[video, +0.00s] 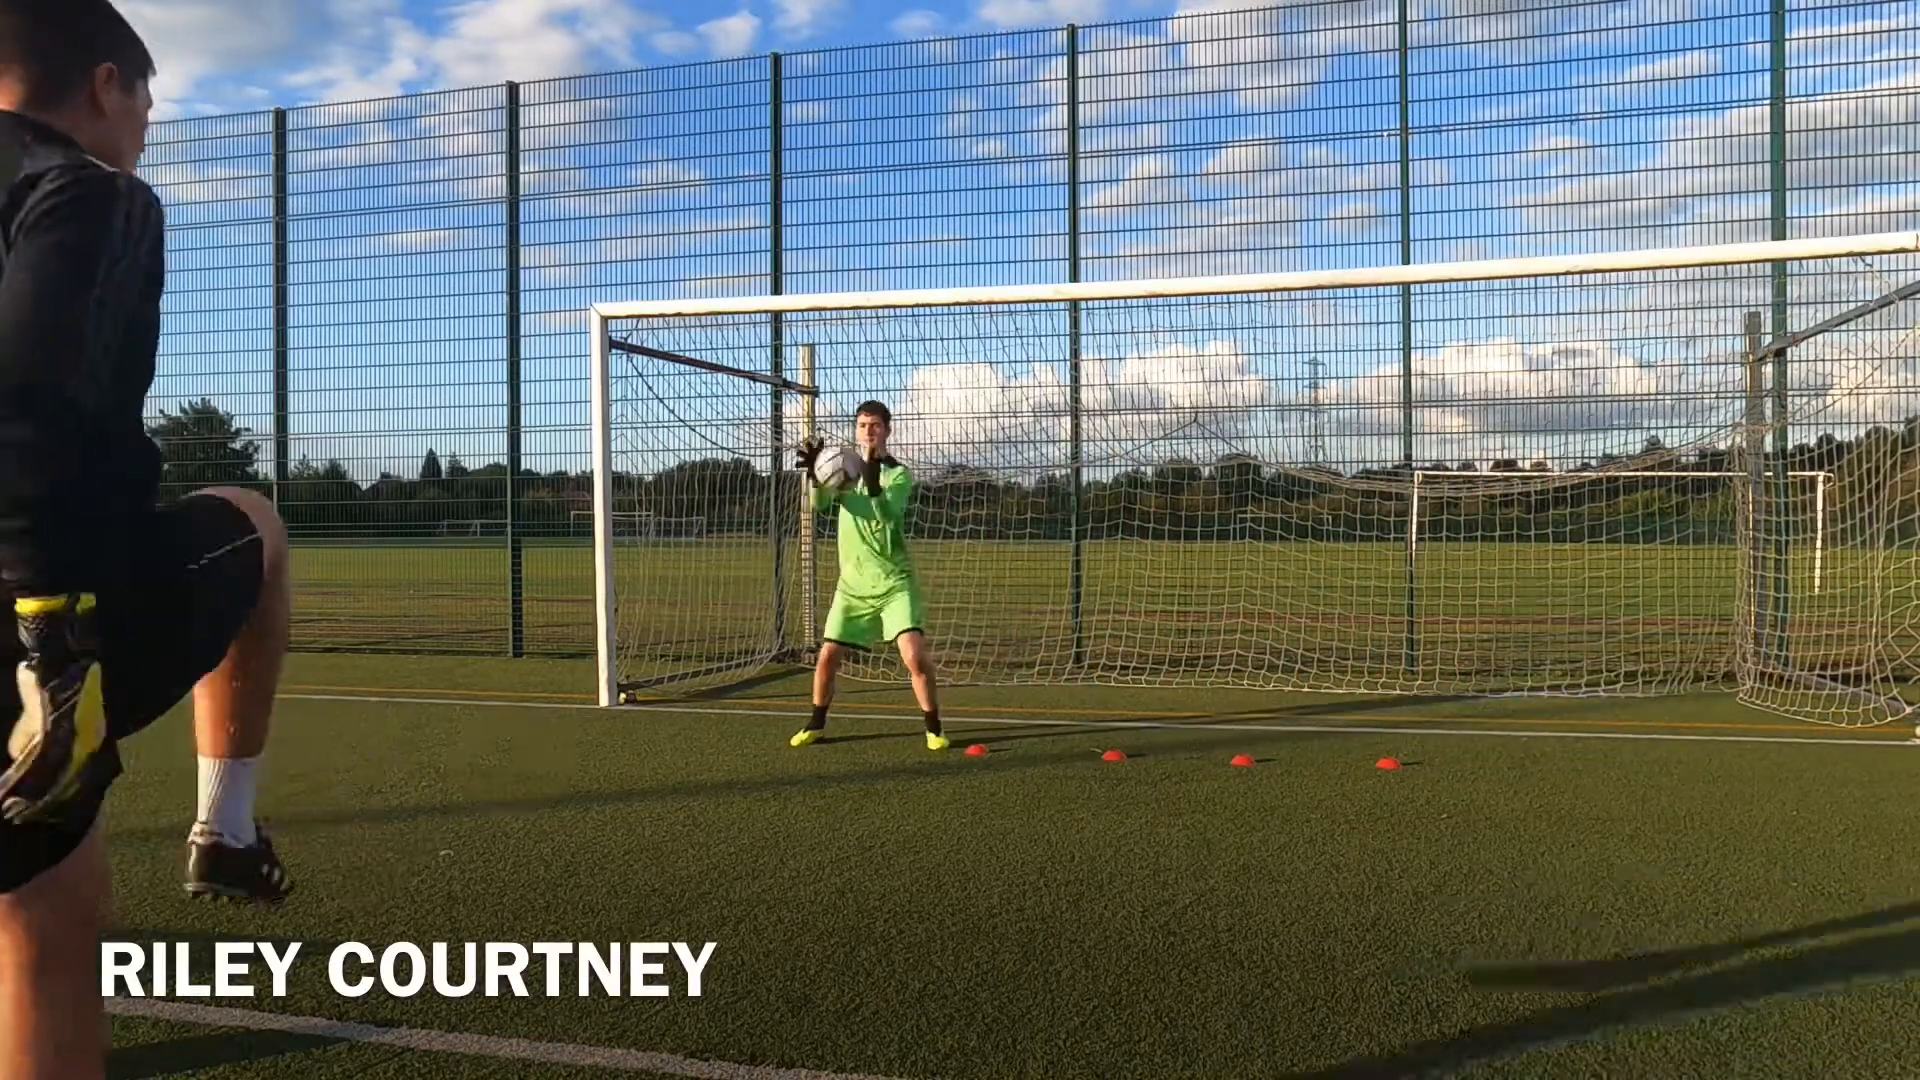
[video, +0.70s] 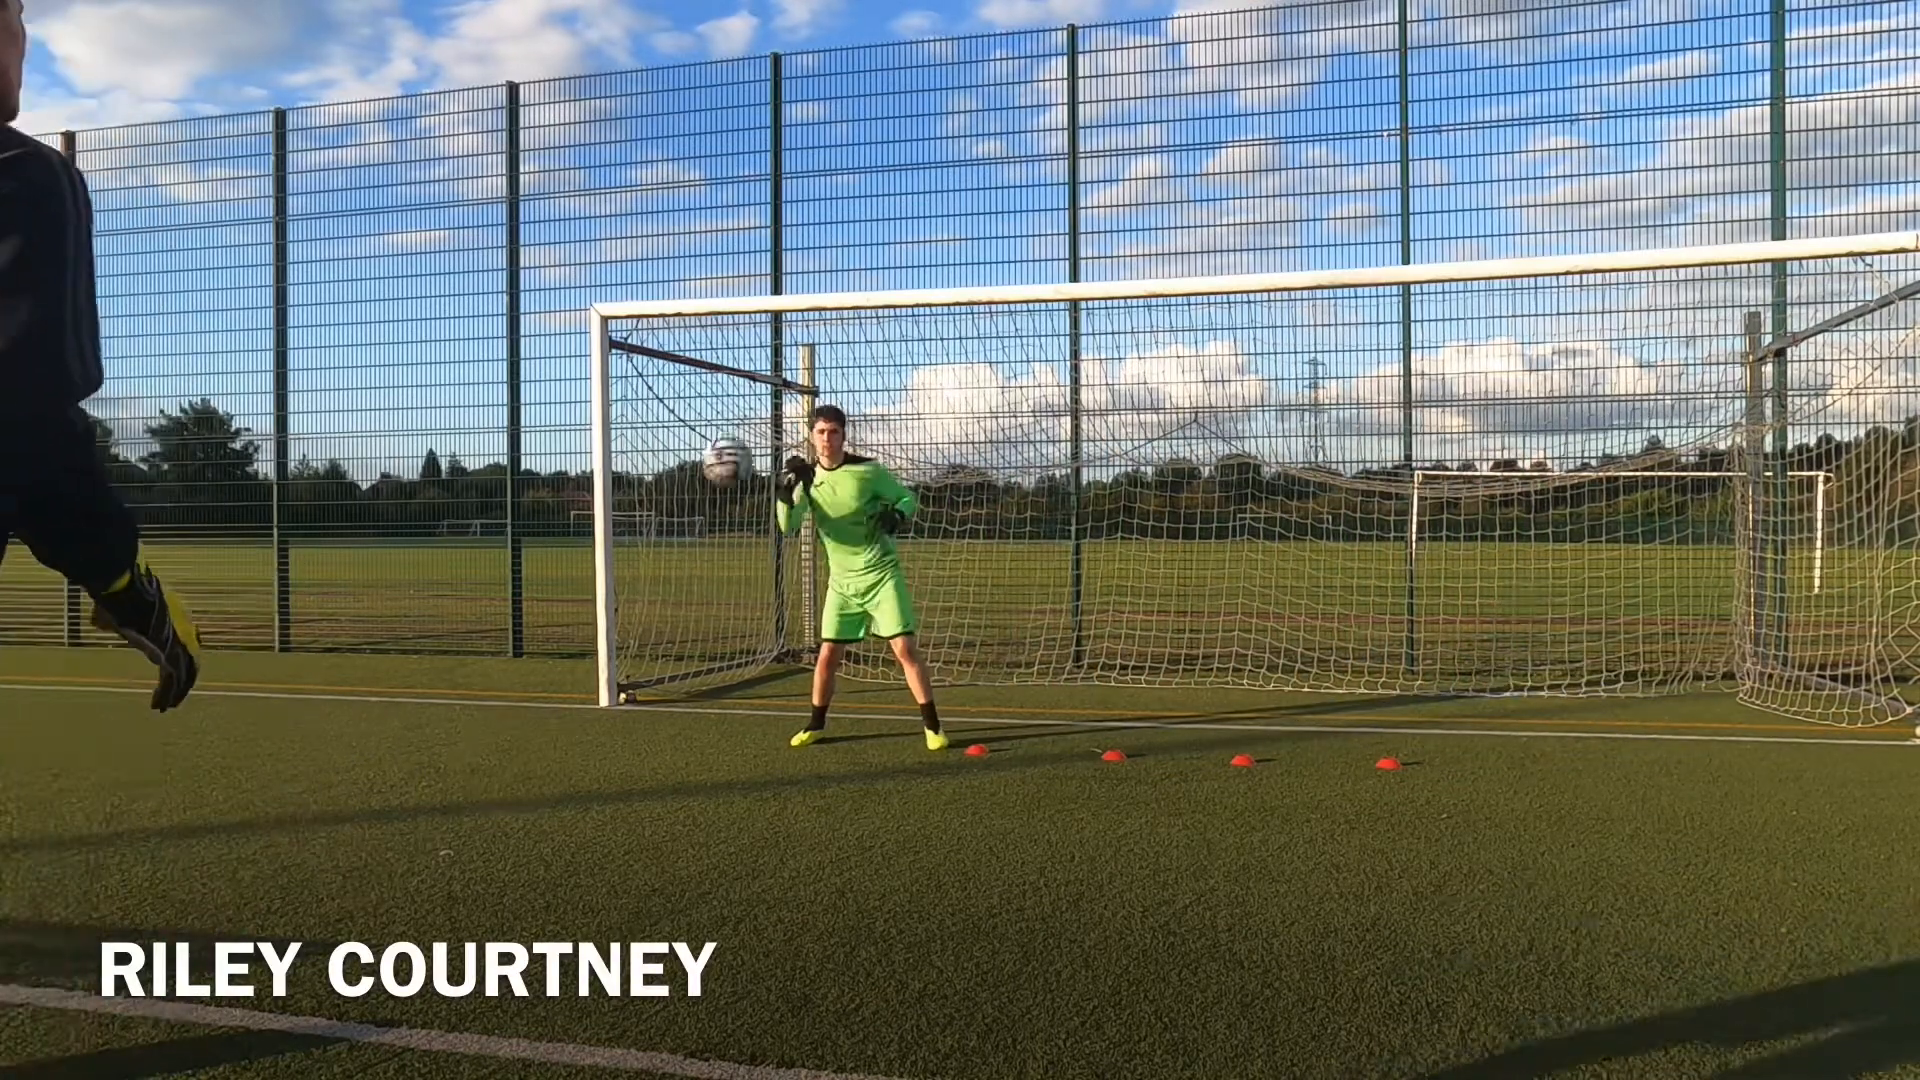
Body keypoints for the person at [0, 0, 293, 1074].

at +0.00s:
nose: (144, 135)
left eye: (149, 112)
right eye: (144, 109)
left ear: (14, 91)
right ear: (100, 89)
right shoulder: (88, 193)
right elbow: (41, 401)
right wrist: (47, 628)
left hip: (20, 636)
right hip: (53, 632)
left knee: (45, 963)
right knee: (251, 521)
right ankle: (229, 829)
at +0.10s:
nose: (127, 113)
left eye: (126, 88)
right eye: (124, 87)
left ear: (18, 77)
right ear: (86, 75)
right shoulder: (86, 197)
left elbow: (63, 427)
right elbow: (71, 424)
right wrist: (147, 616)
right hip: (42, 593)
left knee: (36, 953)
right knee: (270, 700)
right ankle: (186, 999)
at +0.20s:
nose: (111, 103)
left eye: (108, 77)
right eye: (106, 75)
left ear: (28, 70)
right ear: (69, 65)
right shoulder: (86, 211)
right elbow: (124, 451)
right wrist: (213, 623)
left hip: (7, 647)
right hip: (70, 635)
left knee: (30, 977)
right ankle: (121, 1057)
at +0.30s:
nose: (94, 76)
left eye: (90, 50)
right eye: (87, 48)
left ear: (26, 52)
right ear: (48, 50)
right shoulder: (84, 207)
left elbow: (151, 446)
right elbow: (153, 450)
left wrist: (242, 603)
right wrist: (245, 604)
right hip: (49, 656)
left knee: (20, 1012)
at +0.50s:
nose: (71, 63)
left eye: (65, 39)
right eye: (62, 37)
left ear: (13, 40)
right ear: (27, 34)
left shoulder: (41, 192)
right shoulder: (51, 190)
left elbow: (108, 430)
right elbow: (108, 435)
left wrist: (223, 558)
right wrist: (224, 560)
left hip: (15, 633)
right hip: (10, 634)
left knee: (13, 893)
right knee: (9, 896)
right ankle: (17, 1056)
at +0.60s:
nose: (55, 52)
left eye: (48, 29)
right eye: (44, 27)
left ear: (11, 32)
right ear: (11, 26)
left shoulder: (39, 182)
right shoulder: (42, 183)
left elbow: (55, 418)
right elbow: (56, 421)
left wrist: (172, 570)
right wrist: (177, 569)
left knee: (2, 807)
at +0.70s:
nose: (25, 44)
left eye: (19, 24)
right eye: (18, 23)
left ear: (16, 44)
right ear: (3, 41)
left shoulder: (39, 178)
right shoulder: (38, 179)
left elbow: (37, 414)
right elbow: (35, 418)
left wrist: (120, 584)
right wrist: (123, 587)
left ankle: (132, 601)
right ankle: (130, 604)